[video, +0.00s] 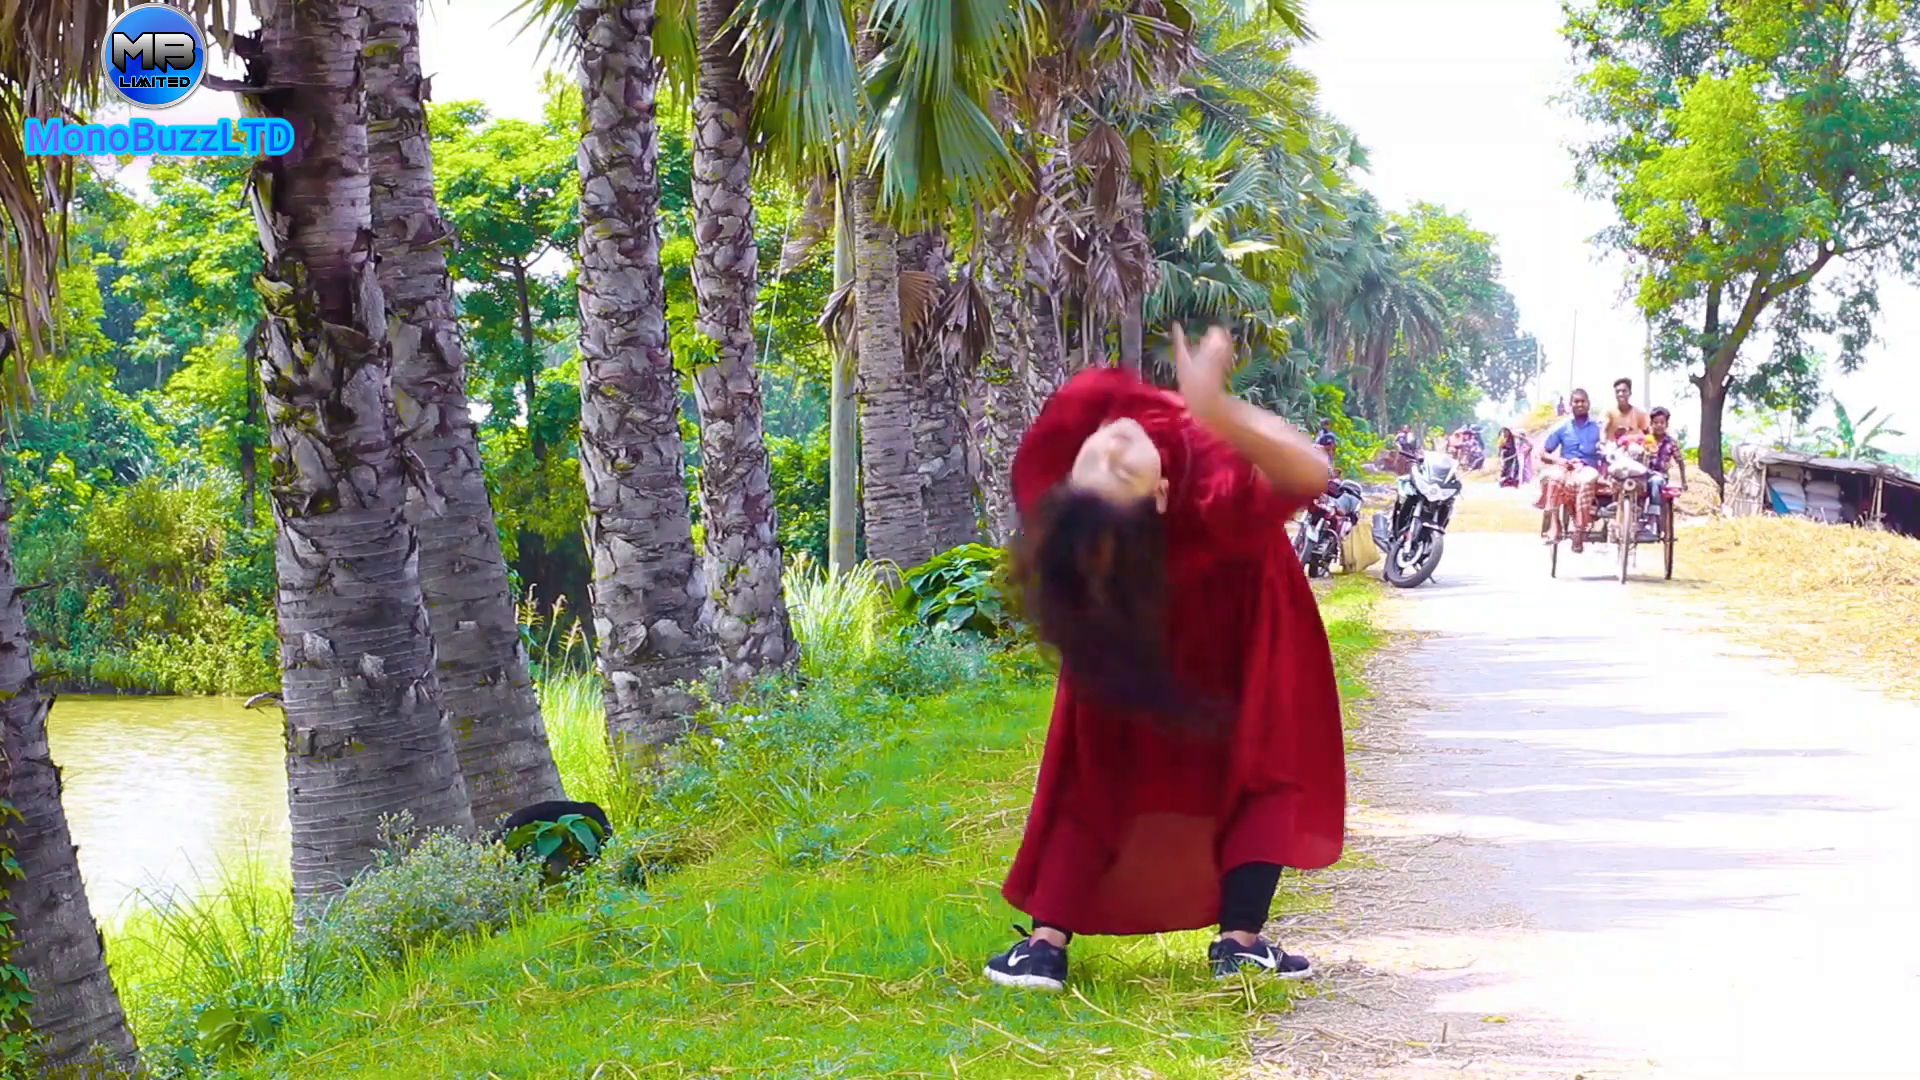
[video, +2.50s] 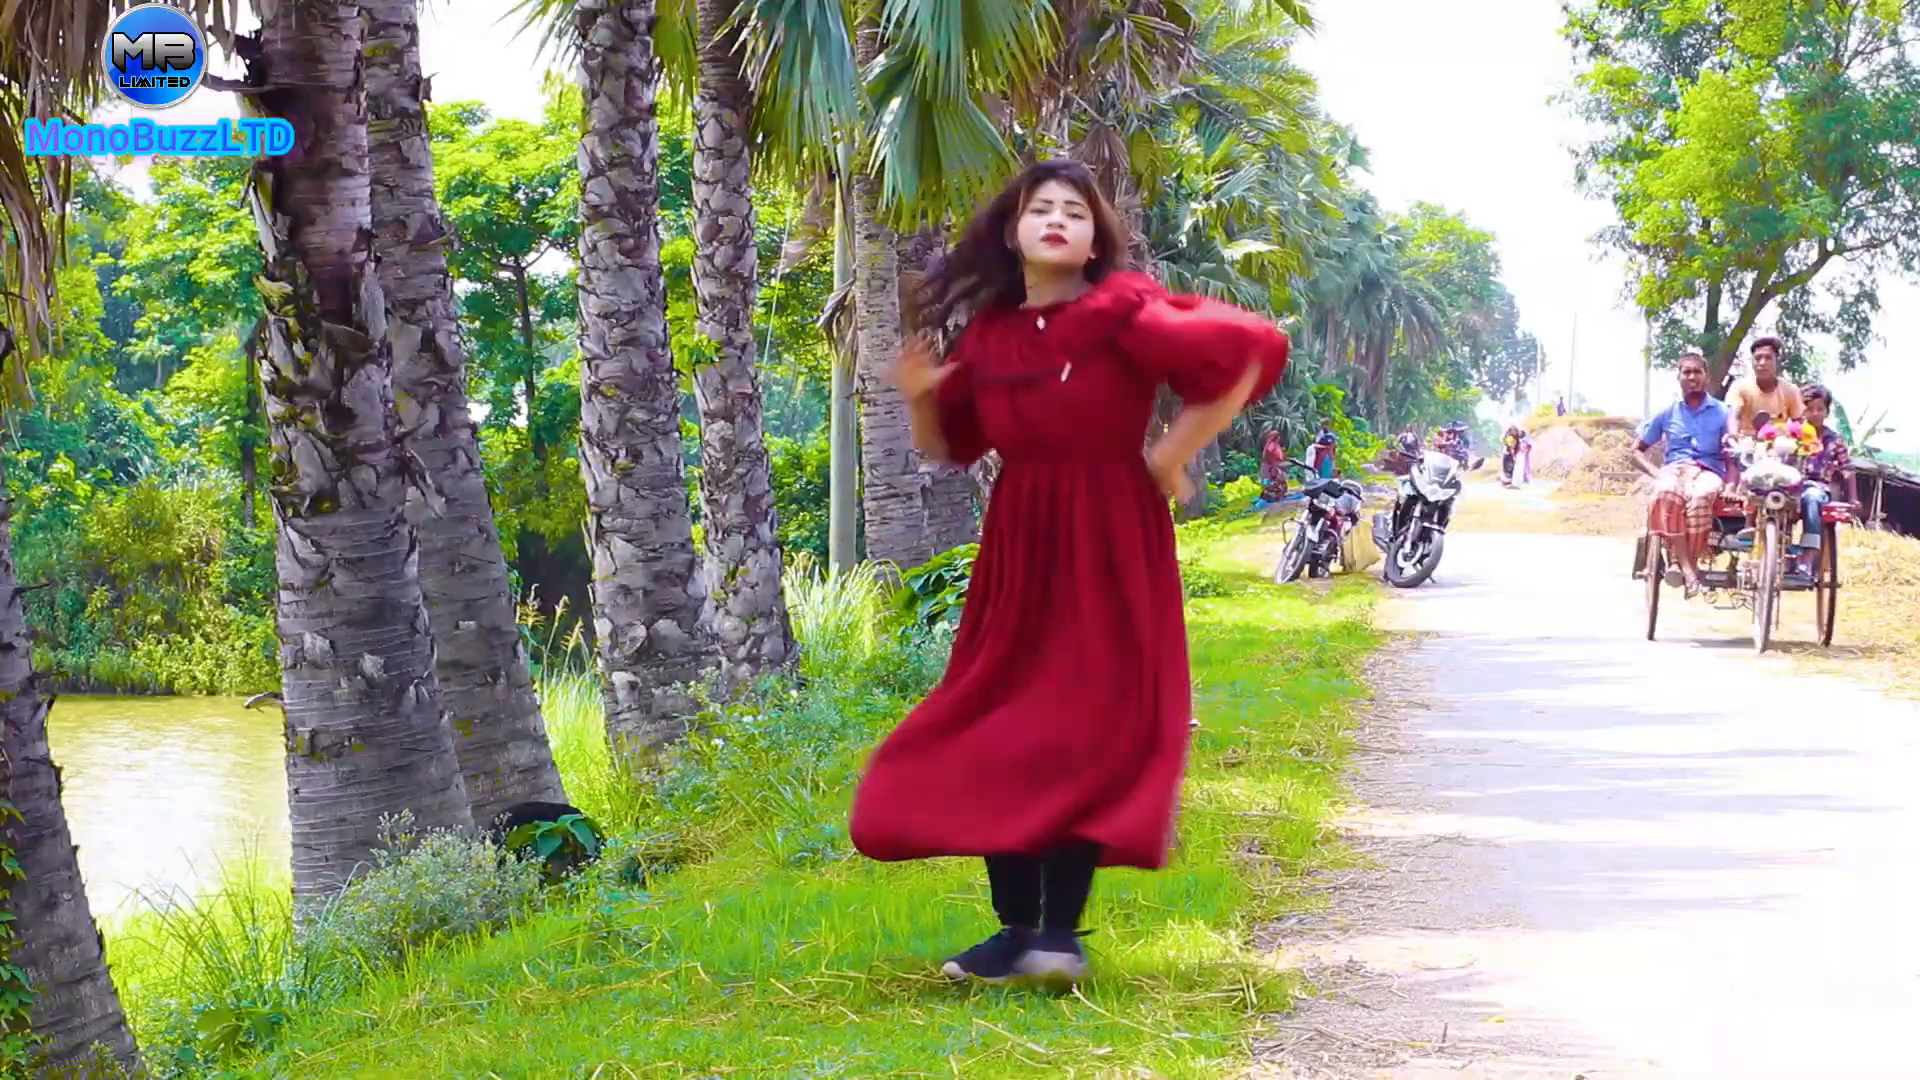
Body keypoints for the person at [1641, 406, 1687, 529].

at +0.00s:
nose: (1659, 425)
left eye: (1662, 422)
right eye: (1656, 422)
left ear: (1667, 424)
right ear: (1651, 424)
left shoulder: (1670, 442)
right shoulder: (1646, 439)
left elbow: (1680, 461)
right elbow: (1637, 455)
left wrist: (1683, 482)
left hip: (1659, 472)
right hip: (1644, 471)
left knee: (1655, 481)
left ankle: (1653, 512)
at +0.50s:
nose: (1678, 424)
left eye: (1681, 421)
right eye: (1675, 420)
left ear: (1686, 422)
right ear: (1670, 421)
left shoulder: (1692, 442)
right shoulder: (1663, 437)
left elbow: (1703, 462)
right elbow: (1653, 456)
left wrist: (1707, 483)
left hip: (1681, 474)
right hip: (1662, 472)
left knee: (1676, 485)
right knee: (1650, 484)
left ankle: (1675, 525)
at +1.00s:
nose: (1705, 423)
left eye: (1709, 419)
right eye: (1702, 419)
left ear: (1716, 420)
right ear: (1697, 420)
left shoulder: (1719, 442)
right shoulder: (1691, 439)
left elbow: (1730, 464)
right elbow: (1681, 459)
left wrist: (1733, 484)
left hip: (1709, 477)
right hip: (1689, 475)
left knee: (1700, 487)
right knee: (1677, 489)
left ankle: (1699, 532)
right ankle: (1681, 529)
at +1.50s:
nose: (1735, 423)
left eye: (1740, 419)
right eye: (1731, 418)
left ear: (1746, 421)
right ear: (1725, 420)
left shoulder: (1751, 443)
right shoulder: (1718, 439)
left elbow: (1763, 468)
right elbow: (1707, 462)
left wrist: (1767, 493)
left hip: (1737, 480)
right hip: (1715, 479)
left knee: (1732, 492)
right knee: (1700, 492)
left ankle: (1728, 542)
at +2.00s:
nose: (1773, 419)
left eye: (1778, 415)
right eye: (1769, 414)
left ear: (1784, 418)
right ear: (1762, 416)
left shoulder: (1789, 443)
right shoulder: (1753, 437)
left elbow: (1801, 469)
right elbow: (1739, 460)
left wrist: (1805, 495)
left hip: (1772, 483)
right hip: (1749, 482)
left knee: (1766, 495)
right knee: (1731, 495)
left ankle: (1763, 549)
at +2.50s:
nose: (1815, 414)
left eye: (1820, 409)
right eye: (1810, 409)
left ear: (1827, 412)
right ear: (1803, 411)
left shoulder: (1833, 440)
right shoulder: (1793, 433)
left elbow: (1847, 470)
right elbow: (1778, 459)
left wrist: (1852, 498)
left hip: (1818, 483)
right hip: (1790, 481)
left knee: (1810, 497)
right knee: (1770, 497)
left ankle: (1805, 561)